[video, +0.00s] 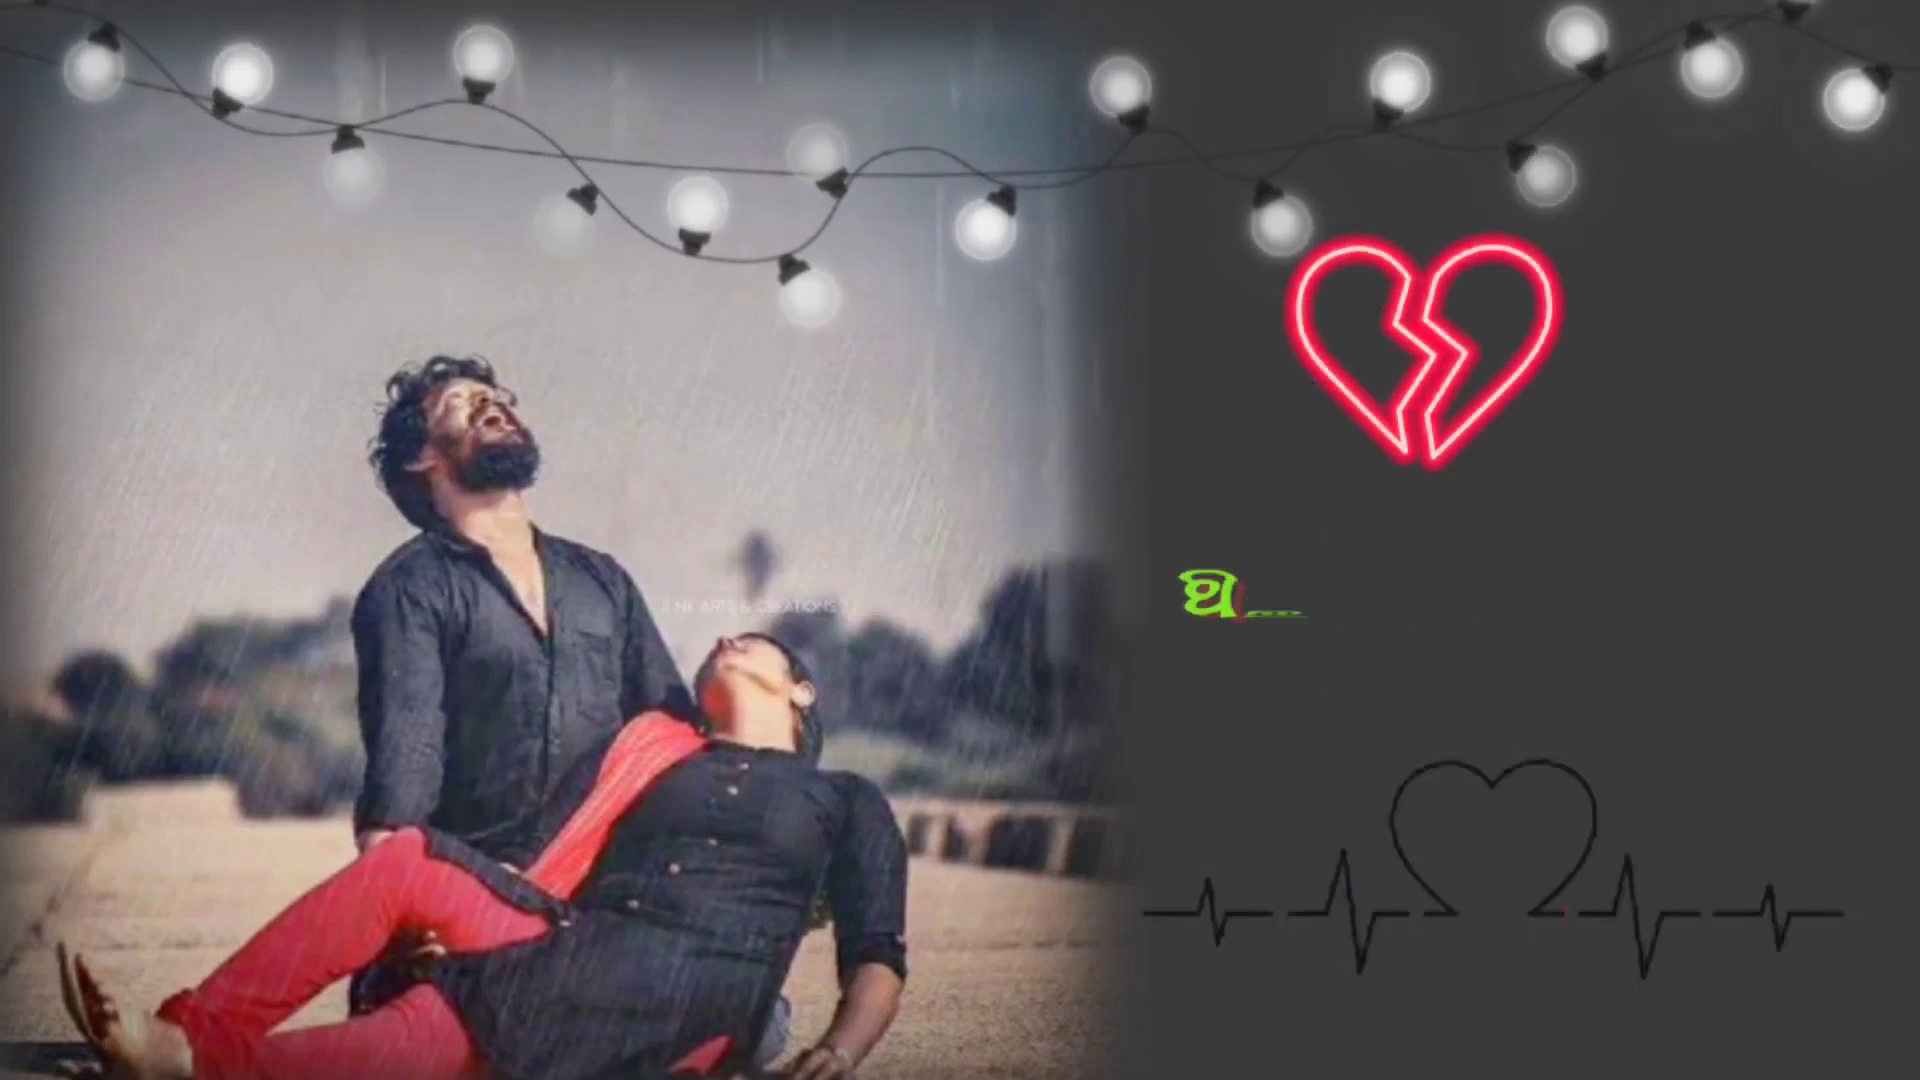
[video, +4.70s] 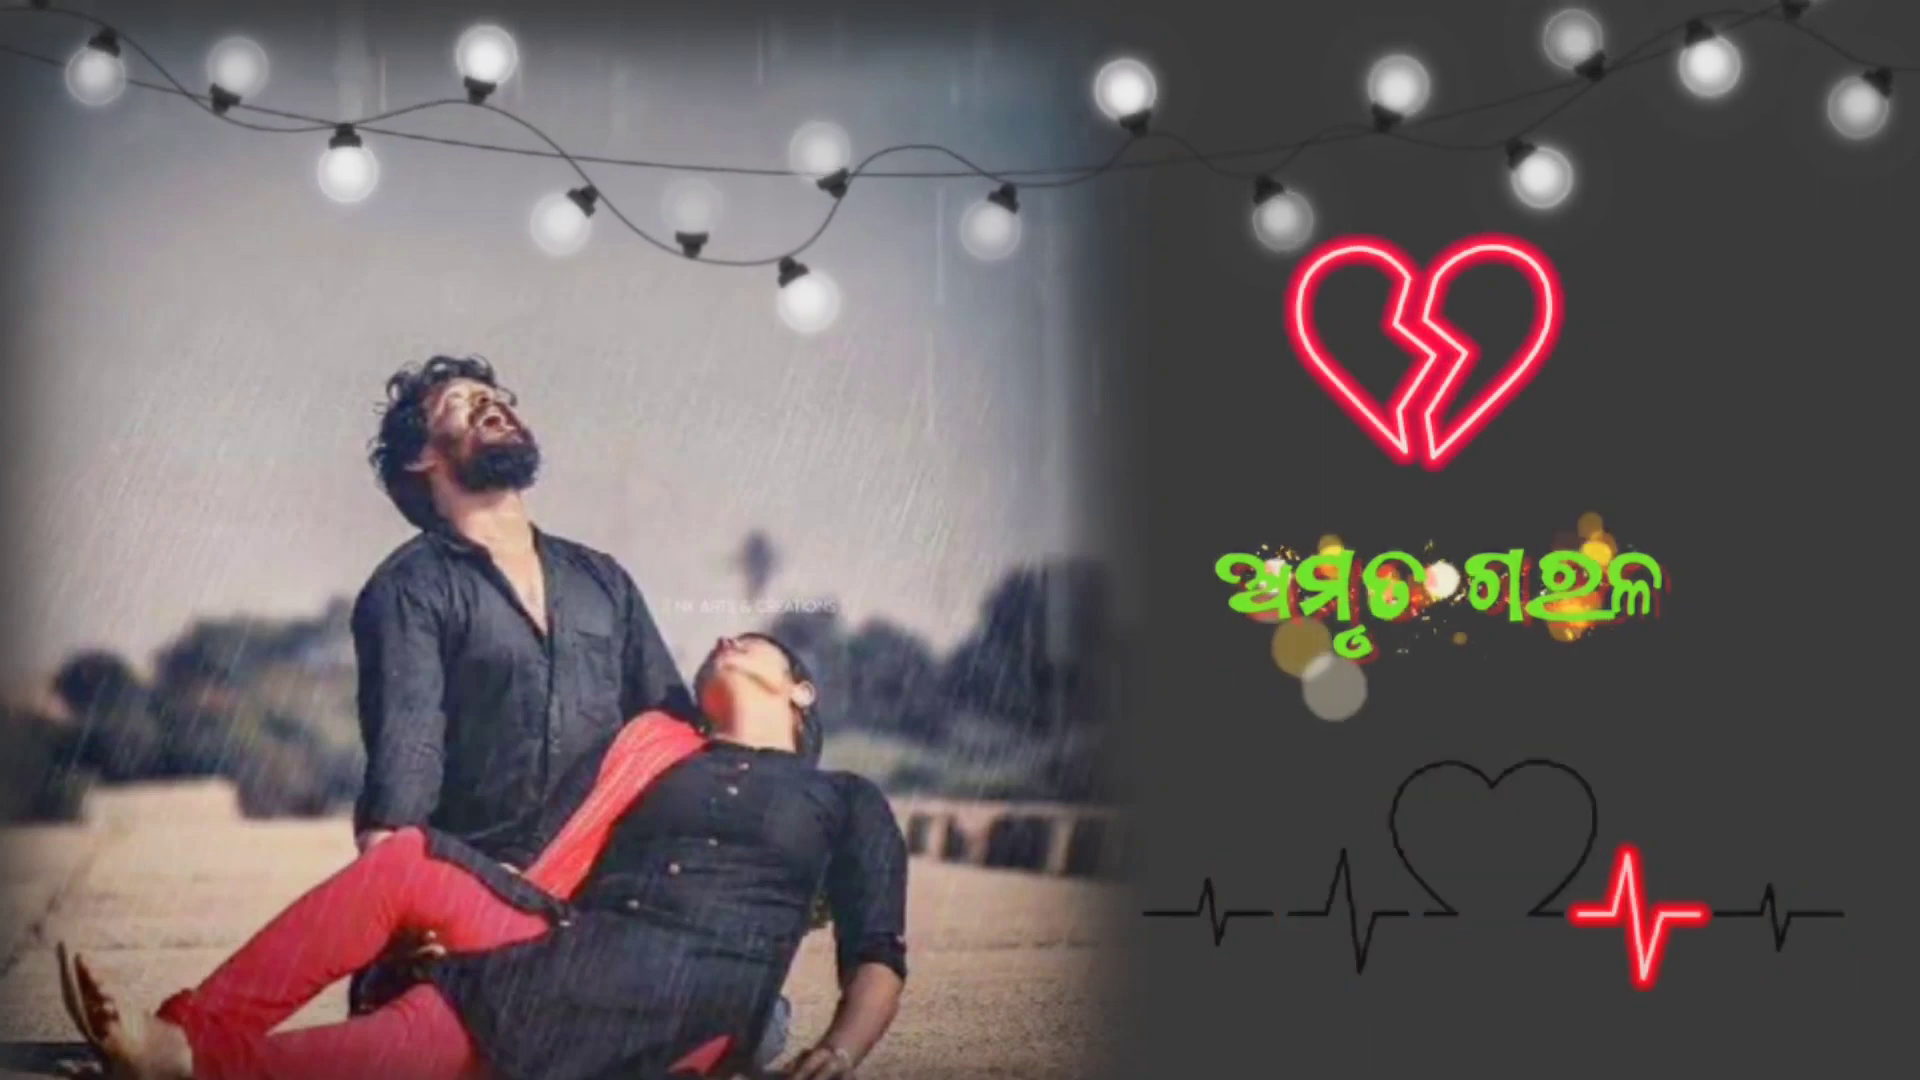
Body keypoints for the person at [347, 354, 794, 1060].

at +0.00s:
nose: (496, 408)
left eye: (502, 401)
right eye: (463, 406)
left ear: (525, 438)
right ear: (421, 462)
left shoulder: (602, 578)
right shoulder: (410, 587)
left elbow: (678, 729)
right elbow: (404, 754)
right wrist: (387, 904)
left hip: (617, 884)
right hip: (462, 891)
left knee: (760, 1022)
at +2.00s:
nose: (496, 408)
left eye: (502, 401)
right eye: (463, 406)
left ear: (525, 438)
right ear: (421, 462)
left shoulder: (602, 578)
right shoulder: (410, 587)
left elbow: (678, 728)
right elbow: (404, 753)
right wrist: (387, 904)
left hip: (617, 883)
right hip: (462, 890)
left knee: (760, 1022)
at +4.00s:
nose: (497, 408)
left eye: (502, 401)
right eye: (463, 406)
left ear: (525, 438)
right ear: (422, 462)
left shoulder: (602, 578)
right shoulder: (410, 588)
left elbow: (678, 728)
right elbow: (404, 753)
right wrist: (388, 901)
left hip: (617, 883)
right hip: (462, 890)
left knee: (761, 1021)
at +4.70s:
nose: (496, 409)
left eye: (501, 401)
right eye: (462, 406)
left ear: (524, 438)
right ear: (421, 462)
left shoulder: (603, 579)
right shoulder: (410, 588)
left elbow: (678, 728)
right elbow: (404, 747)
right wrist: (388, 893)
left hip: (614, 883)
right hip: (460, 889)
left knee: (761, 1020)